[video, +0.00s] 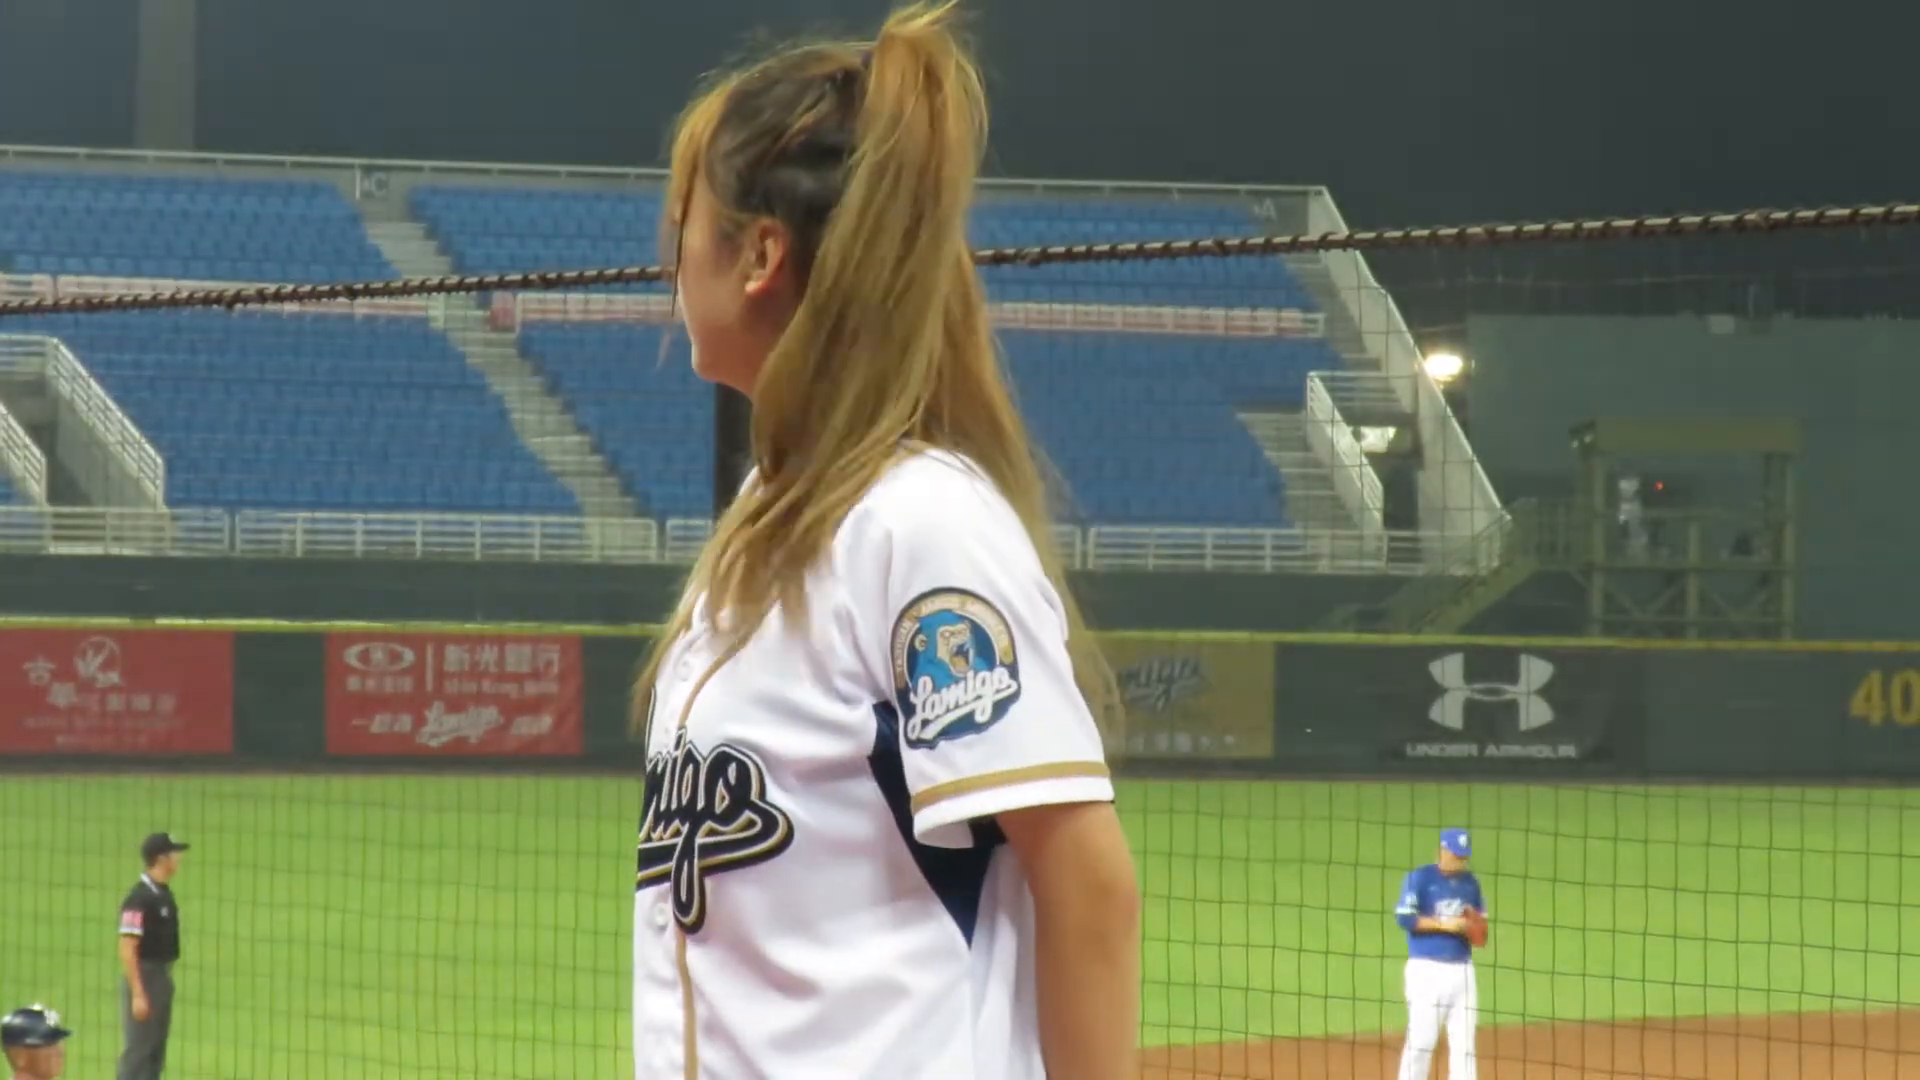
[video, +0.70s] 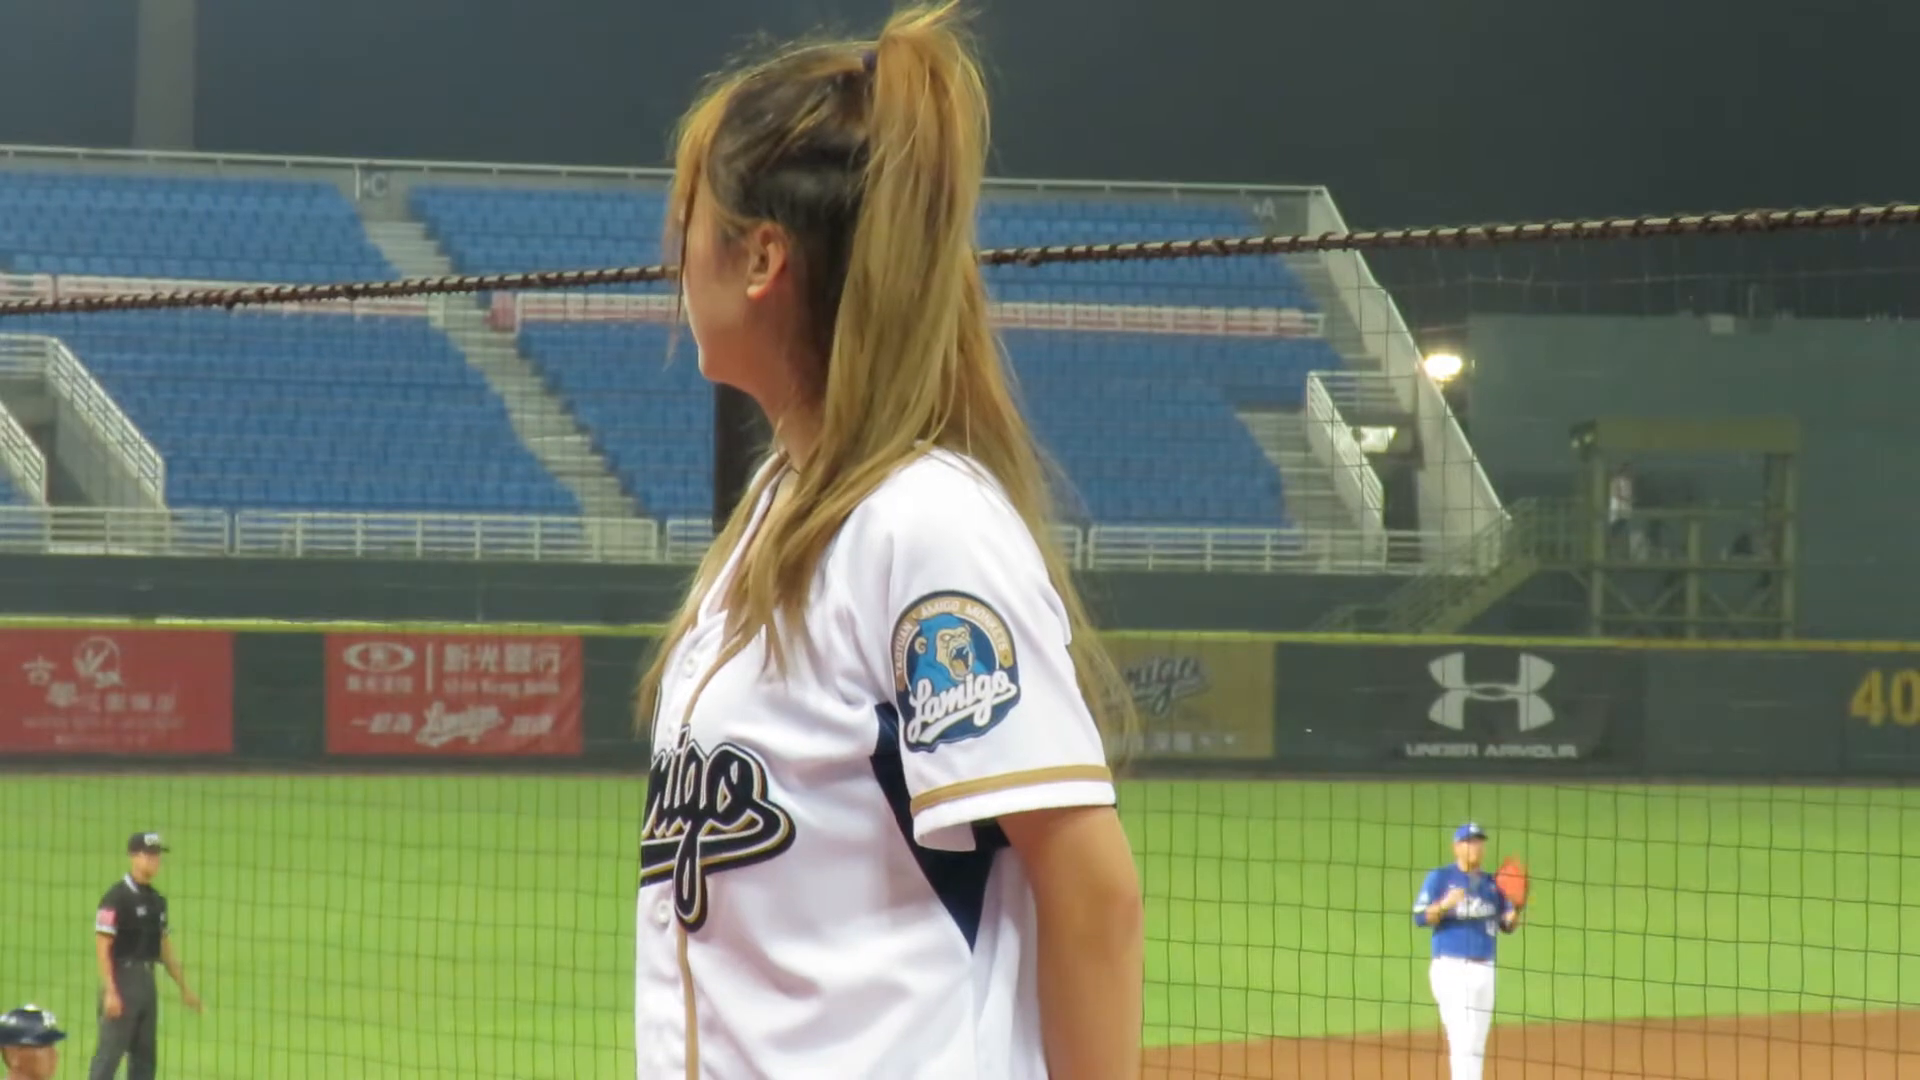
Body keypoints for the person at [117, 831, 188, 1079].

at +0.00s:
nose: (176, 861)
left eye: (175, 855)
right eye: (172, 856)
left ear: (162, 858)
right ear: (159, 859)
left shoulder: (164, 893)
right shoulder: (140, 897)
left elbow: (157, 943)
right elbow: (127, 948)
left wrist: (164, 980)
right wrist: (138, 994)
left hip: (162, 968)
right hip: (145, 968)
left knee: (156, 1045)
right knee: (141, 1046)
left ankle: (150, 1074)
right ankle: (132, 1074)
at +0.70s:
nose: (154, 862)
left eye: (156, 856)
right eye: (149, 856)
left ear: (159, 860)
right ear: (134, 856)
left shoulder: (157, 900)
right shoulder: (115, 897)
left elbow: (164, 948)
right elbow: (103, 947)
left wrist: (184, 988)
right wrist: (110, 991)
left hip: (146, 972)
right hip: (121, 971)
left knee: (144, 1053)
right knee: (110, 1051)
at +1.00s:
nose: (135, 864)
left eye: (138, 858)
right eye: (129, 857)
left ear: (140, 861)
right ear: (114, 858)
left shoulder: (140, 901)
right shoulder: (94, 902)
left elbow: (143, 948)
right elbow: (79, 951)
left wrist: (153, 989)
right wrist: (88, 995)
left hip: (127, 977)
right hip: (100, 976)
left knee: (141, 1055)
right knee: (90, 1059)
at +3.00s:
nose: (116, 866)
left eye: (118, 860)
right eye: (109, 860)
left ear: (121, 862)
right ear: (94, 861)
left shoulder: (119, 901)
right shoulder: (78, 903)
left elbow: (122, 952)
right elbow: (65, 954)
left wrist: (129, 990)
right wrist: (71, 999)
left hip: (113, 973)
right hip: (87, 973)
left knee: (125, 1054)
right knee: (84, 1053)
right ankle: (81, 1074)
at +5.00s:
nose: (132, 860)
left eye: (132, 854)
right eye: (127, 854)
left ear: (121, 857)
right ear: (110, 856)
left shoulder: (125, 895)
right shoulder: (95, 898)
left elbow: (130, 947)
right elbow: (87, 950)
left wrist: (141, 984)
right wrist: (108, 990)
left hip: (127, 970)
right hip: (106, 969)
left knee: (122, 1047)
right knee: (103, 1048)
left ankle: (117, 1075)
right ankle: (98, 1075)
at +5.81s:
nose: (145, 862)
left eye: (145, 856)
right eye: (141, 855)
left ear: (129, 857)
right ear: (122, 855)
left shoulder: (127, 892)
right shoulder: (102, 894)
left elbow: (117, 936)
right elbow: (89, 944)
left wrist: (139, 945)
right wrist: (95, 989)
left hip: (121, 967)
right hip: (104, 967)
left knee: (118, 1044)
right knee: (103, 1043)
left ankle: (111, 1074)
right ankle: (90, 1075)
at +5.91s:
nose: (139, 861)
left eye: (140, 855)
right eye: (134, 855)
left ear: (132, 858)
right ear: (116, 855)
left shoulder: (126, 893)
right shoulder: (99, 893)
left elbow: (121, 939)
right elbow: (83, 945)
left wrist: (138, 934)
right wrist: (89, 990)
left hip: (120, 966)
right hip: (102, 966)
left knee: (116, 1044)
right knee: (100, 1043)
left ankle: (109, 1074)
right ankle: (81, 1075)